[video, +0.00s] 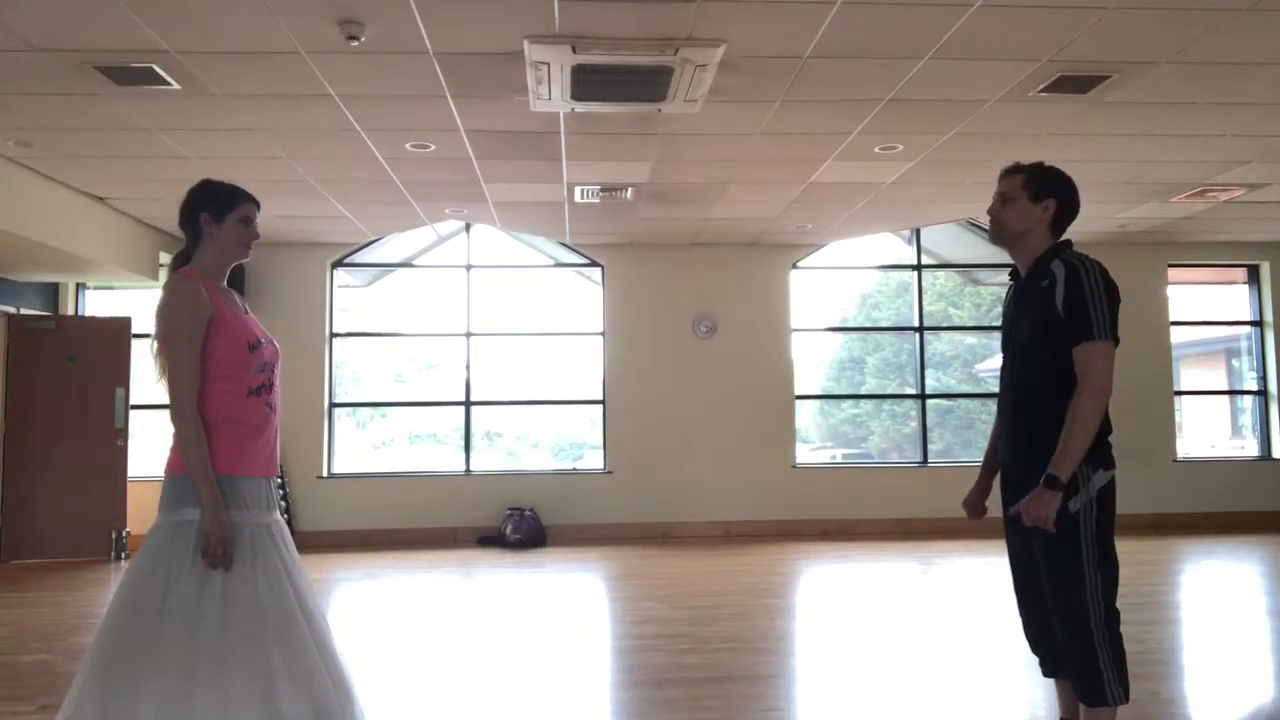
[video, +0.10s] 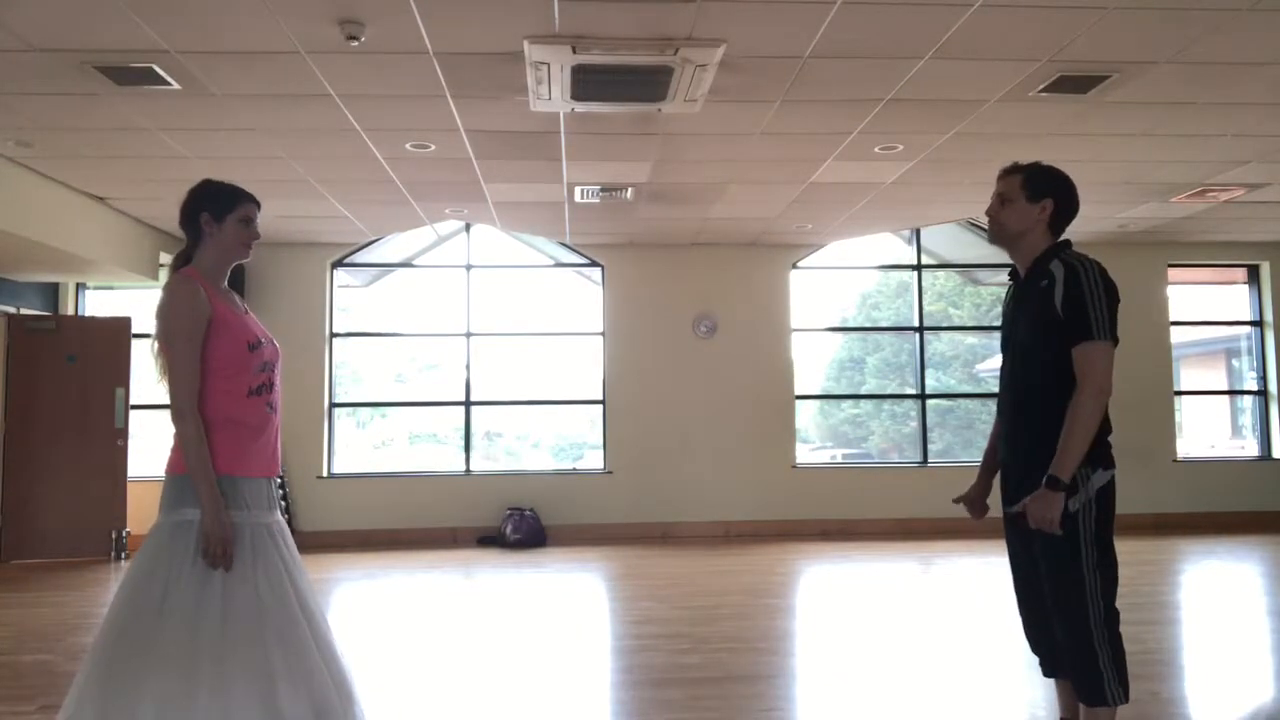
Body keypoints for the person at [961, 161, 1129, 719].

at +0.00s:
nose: (990, 210)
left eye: (1005, 200)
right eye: (994, 200)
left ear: (1046, 211)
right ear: (1029, 214)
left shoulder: (1078, 273)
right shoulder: (1020, 289)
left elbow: (1095, 388)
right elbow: (1016, 394)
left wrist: (1053, 483)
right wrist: (985, 477)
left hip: (1072, 484)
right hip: (1025, 481)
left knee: (1086, 634)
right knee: (1052, 632)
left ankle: (1099, 715)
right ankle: (1070, 713)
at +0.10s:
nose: (989, 211)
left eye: (1003, 201)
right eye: (992, 200)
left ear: (1043, 210)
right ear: (1030, 213)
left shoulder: (1078, 273)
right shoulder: (1020, 290)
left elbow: (1095, 388)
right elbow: (1015, 396)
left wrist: (1056, 484)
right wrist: (984, 478)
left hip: (1071, 484)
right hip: (1025, 483)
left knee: (1085, 634)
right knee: (1053, 633)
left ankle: (1099, 714)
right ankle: (1072, 713)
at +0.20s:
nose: (987, 211)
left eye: (1001, 201)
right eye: (991, 201)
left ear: (1041, 210)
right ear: (1027, 214)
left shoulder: (1077, 274)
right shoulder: (1020, 290)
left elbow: (1094, 388)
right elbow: (1015, 395)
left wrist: (1061, 486)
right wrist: (985, 478)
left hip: (1071, 484)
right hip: (1025, 483)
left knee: (1085, 632)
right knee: (1052, 632)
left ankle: (1100, 714)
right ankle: (1072, 712)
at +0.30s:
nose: (985, 213)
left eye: (999, 202)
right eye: (989, 202)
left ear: (1039, 211)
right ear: (1025, 214)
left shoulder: (1076, 274)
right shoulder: (1019, 290)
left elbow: (1095, 389)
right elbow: (1015, 397)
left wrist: (1063, 487)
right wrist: (987, 478)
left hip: (1070, 484)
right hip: (1025, 484)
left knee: (1085, 633)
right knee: (1052, 632)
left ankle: (1100, 714)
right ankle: (1072, 712)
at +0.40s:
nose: (984, 212)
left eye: (997, 202)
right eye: (988, 201)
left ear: (1037, 210)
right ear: (1025, 214)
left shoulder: (1076, 273)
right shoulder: (1019, 289)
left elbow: (1097, 388)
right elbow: (1017, 395)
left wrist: (1065, 487)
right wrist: (988, 477)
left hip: (1068, 484)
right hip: (1025, 483)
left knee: (1085, 633)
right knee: (1052, 631)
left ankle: (1099, 714)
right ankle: (1070, 712)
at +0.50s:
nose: (984, 212)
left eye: (996, 202)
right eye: (987, 202)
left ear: (1035, 210)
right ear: (1024, 214)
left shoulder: (1076, 274)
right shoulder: (1019, 291)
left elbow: (1097, 389)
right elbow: (1017, 396)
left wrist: (1065, 487)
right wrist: (988, 477)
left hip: (1068, 483)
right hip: (1025, 481)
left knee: (1084, 632)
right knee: (1052, 628)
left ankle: (1098, 715)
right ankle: (1069, 713)